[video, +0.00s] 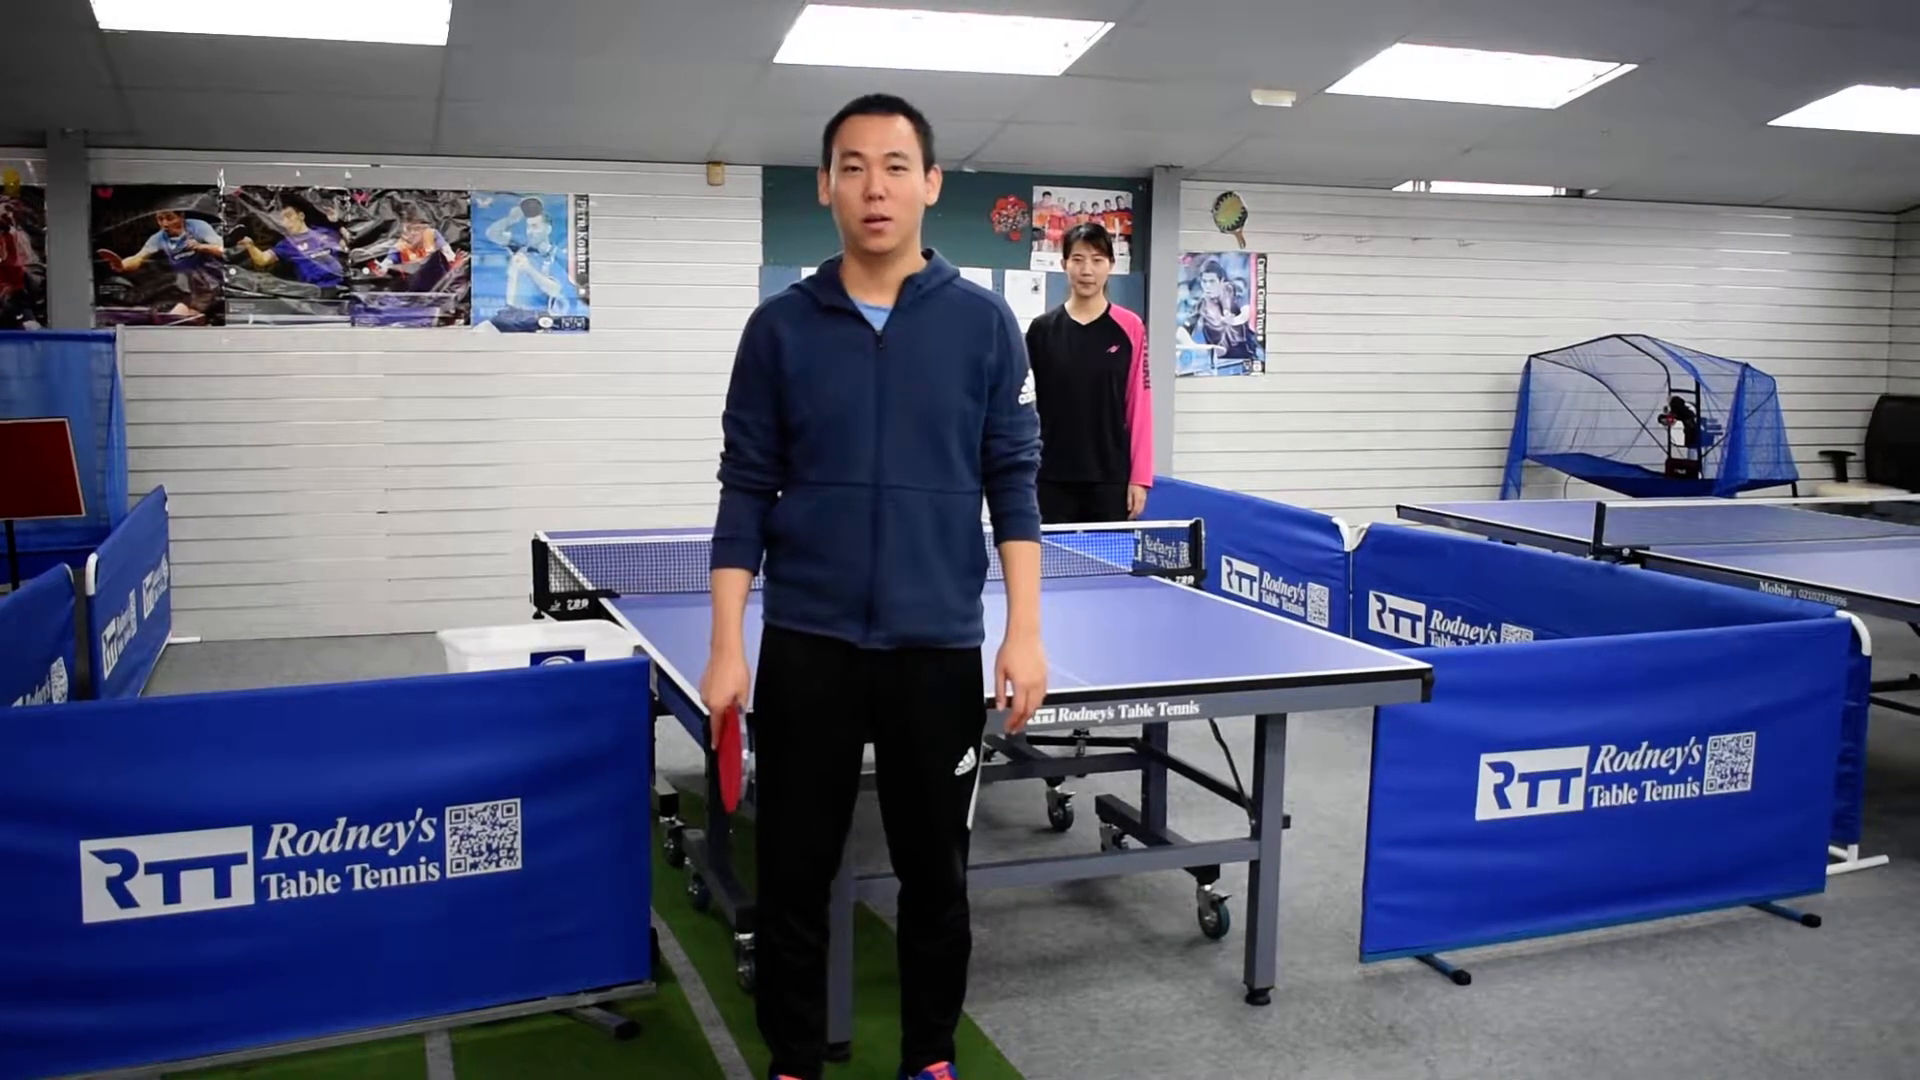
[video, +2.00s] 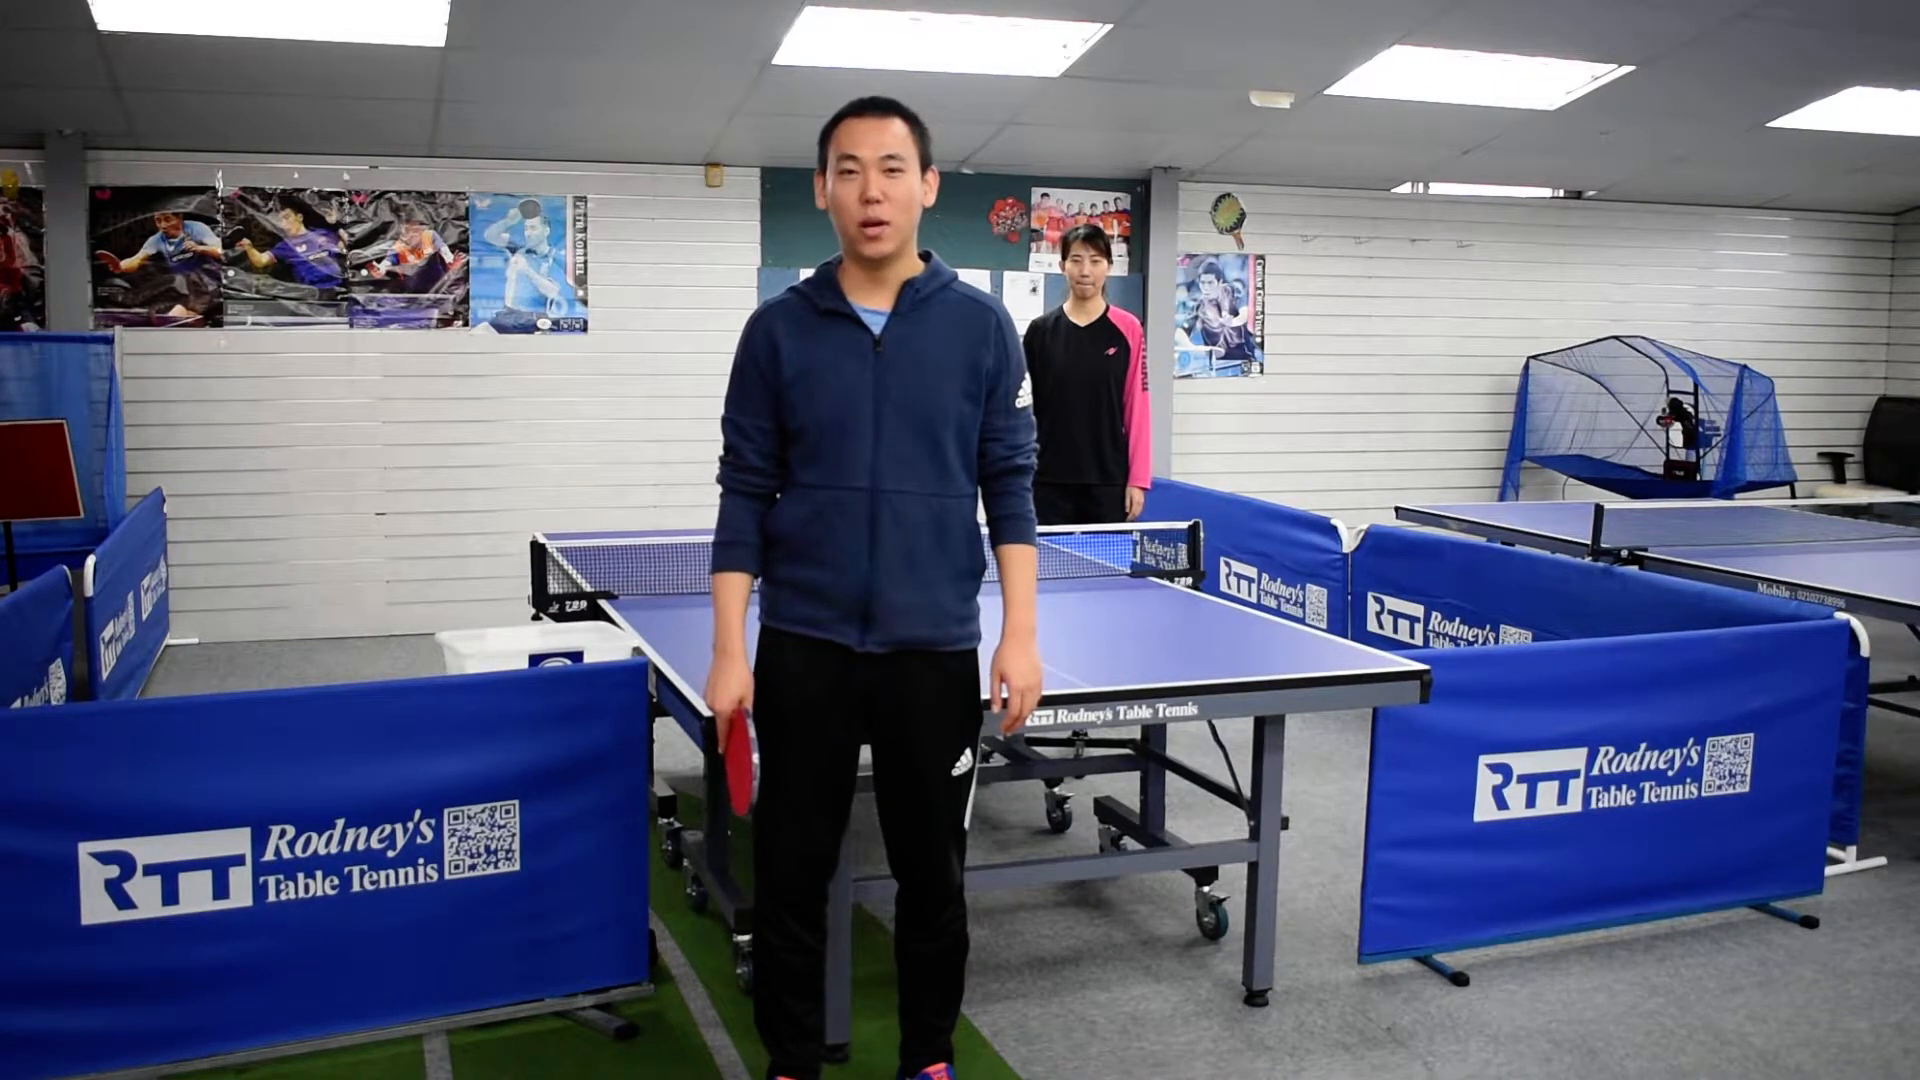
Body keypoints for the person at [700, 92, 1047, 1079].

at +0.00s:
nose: (874, 187)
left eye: (896, 167)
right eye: (853, 167)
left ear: (929, 188)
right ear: (827, 189)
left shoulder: (983, 324)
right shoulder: (780, 326)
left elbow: (1014, 481)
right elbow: (743, 486)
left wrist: (1025, 630)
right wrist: (726, 644)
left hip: (937, 645)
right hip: (808, 643)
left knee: (934, 874)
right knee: (792, 875)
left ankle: (931, 1059)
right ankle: (792, 1061)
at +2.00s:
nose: (870, 189)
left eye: (892, 169)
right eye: (849, 170)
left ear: (927, 190)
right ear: (824, 193)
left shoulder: (980, 327)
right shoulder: (778, 329)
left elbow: (1011, 486)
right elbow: (742, 490)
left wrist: (1021, 633)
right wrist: (729, 649)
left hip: (933, 645)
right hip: (805, 643)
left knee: (931, 875)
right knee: (790, 875)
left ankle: (929, 1061)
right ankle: (791, 1062)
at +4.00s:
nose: (867, 193)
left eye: (888, 172)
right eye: (846, 174)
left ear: (923, 189)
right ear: (820, 194)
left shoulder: (977, 326)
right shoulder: (775, 330)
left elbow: (1009, 483)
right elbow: (740, 491)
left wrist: (1020, 632)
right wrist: (728, 651)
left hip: (931, 644)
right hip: (804, 642)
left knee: (930, 871)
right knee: (789, 874)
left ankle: (929, 1061)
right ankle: (791, 1061)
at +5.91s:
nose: (869, 185)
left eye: (891, 166)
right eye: (848, 167)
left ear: (926, 187)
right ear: (822, 191)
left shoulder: (979, 326)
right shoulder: (777, 330)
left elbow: (1013, 482)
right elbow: (742, 493)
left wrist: (1024, 631)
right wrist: (732, 654)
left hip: (935, 645)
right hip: (806, 644)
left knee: (933, 874)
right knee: (790, 876)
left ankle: (930, 1060)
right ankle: (791, 1062)